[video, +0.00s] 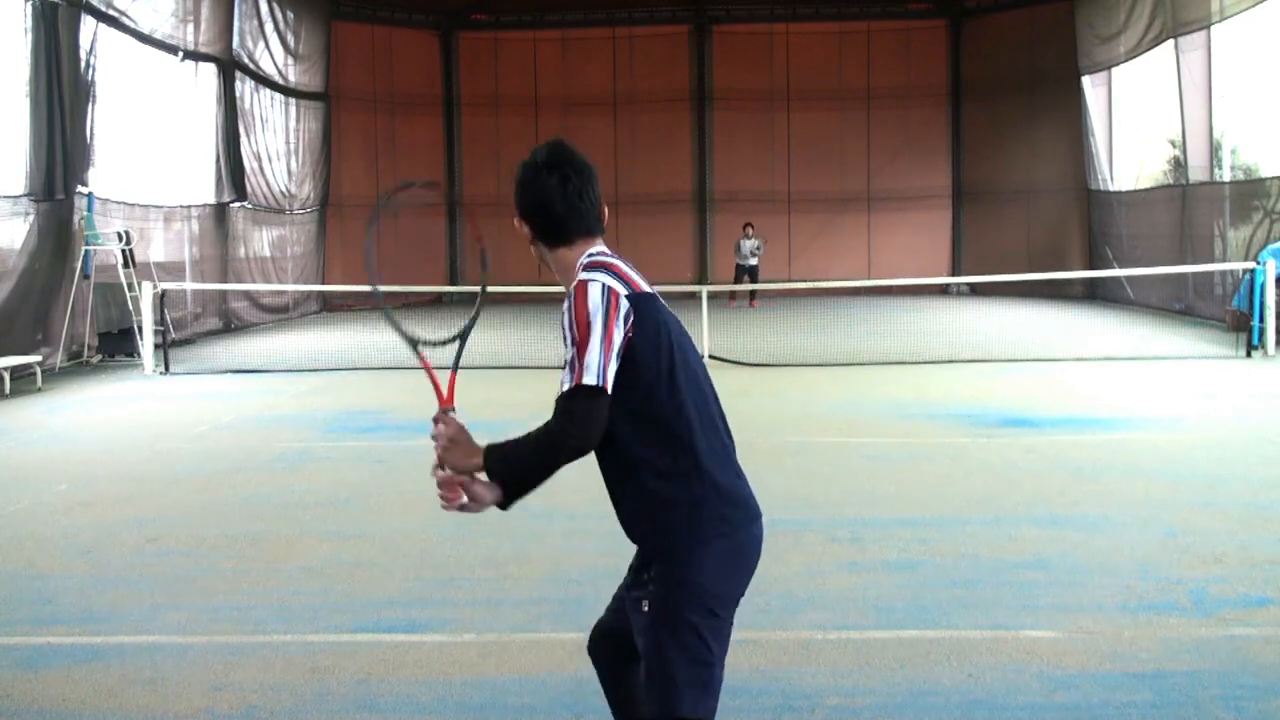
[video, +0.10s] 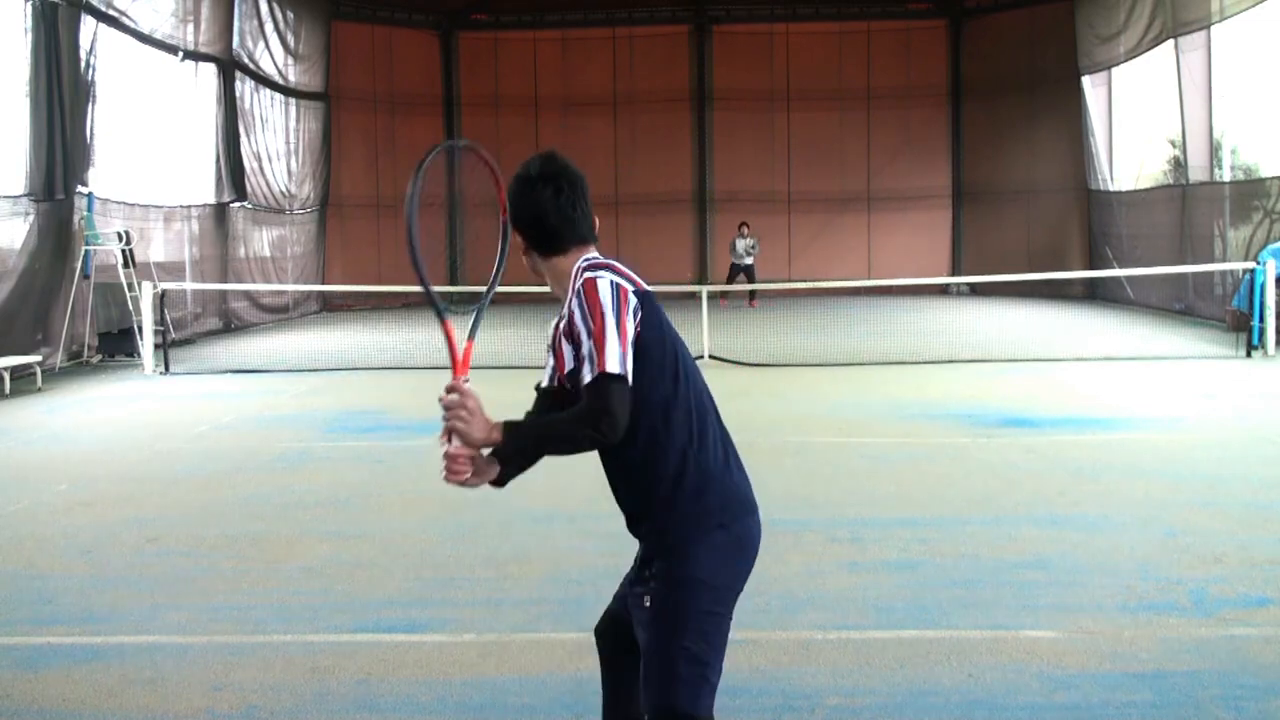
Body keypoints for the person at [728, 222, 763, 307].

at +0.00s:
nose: (749, 232)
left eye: (750, 229)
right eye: (747, 229)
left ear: (753, 231)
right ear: (744, 231)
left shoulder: (757, 241)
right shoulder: (740, 242)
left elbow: (760, 252)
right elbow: (736, 253)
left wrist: (754, 252)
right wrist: (744, 256)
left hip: (753, 265)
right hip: (741, 264)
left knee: (754, 283)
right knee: (737, 282)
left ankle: (752, 300)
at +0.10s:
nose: (744, 231)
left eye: (745, 229)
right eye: (742, 229)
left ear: (748, 230)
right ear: (739, 230)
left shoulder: (752, 240)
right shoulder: (735, 240)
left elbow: (755, 251)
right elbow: (732, 252)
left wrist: (748, 250)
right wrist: (740, 256)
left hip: (748, 264)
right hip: (736, 264)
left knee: (752, 282)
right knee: (729, 281)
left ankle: (752, 300)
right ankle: (723, 297)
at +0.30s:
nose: (731, 232)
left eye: (733, 230)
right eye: (730, 230)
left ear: (736, 232)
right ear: (727, 232)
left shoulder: (740, 242)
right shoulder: (723, 241)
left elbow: (743, 254)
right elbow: (719, 252)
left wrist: (735, 252)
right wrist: (728, 254)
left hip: (736, 265)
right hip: (724, 265)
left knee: (743, 283)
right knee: (718, 283)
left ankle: (750, 300)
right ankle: (715, 300)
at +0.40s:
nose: (726, 233)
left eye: (728, 231)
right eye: (725, 231)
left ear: (730, 233)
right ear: (722, 233)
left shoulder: (734, 243)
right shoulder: (718, 243)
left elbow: (737, 255)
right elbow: (715, 254)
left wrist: (730, 252)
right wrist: (725, 252)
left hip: (732, 267)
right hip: (720, 267)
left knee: (740, 283)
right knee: (715, 285)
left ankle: (748, 300)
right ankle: (715, 300)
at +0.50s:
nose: (723, 228)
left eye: (725, 226)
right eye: (722, 226)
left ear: (728, 228)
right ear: (719, 228)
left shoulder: (732, 237)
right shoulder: (716, 238)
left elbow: (735, 250)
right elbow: (715, 251)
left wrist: (728, 248)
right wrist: (725, 249)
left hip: (730, 261)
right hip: (719, 262)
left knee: (738, 279)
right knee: (716, 281)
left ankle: (743, 298)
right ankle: (715, 299)